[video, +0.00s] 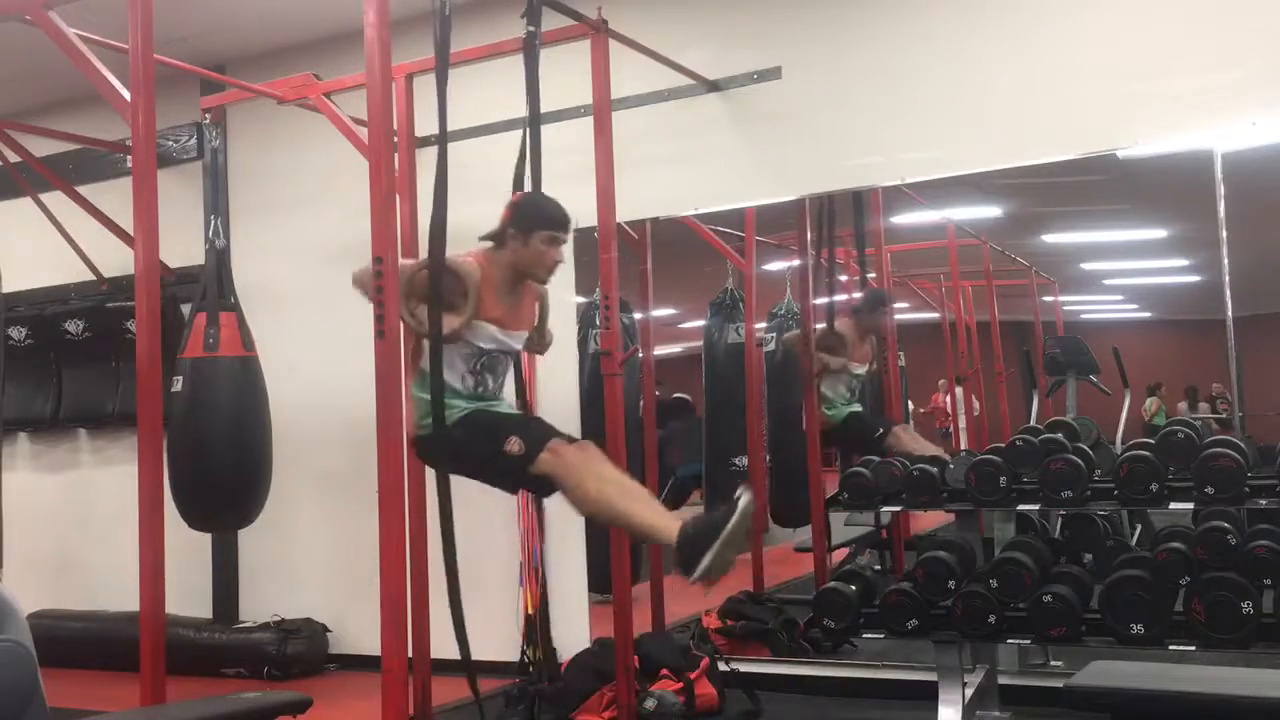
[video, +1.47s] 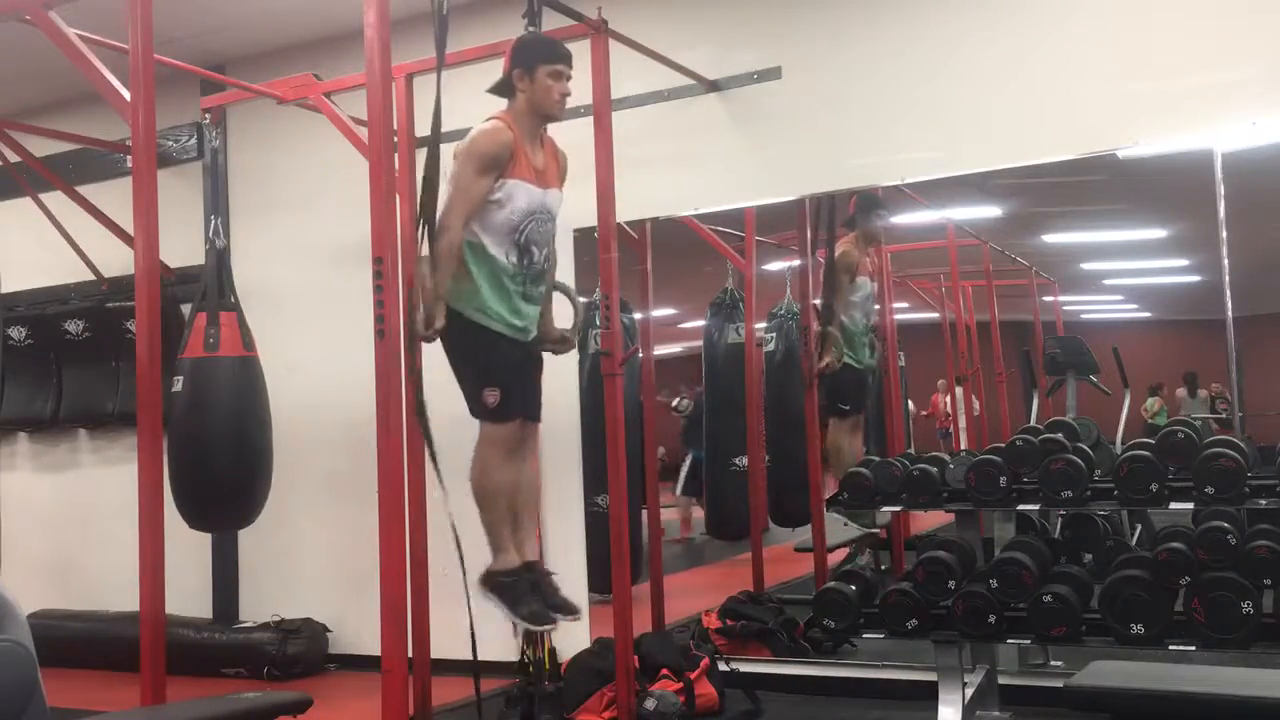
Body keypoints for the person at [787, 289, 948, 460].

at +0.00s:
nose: (888, 321)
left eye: (889, 315)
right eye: (885, 315)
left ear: (876, 314)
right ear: (869, 312)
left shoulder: (869, 342)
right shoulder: (840, 331)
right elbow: (789, 341)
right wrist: (826, 360)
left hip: (852, 411)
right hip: (828, 414)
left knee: (901, 431)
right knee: (892, 436)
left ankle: (950, 462)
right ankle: (949, 465)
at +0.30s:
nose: (920, 331)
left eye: (921, 324)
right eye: (916, 323)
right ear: (898, 321)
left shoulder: (885, 349)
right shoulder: (866, 330)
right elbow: (831, 316)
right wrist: (829, 358)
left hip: (856, 411)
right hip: (836, 412)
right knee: (878, 471)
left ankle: (909, 538)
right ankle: (904, 541)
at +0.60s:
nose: (916, 298)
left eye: (916, 293)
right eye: (913, 292)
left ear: (898, 292)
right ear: (898, 292)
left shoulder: (891, 321)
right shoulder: (876, 315)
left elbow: (890, 358)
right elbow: (830, 310)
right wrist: (822, 359)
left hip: (866, 401)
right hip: (850, 401)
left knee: (865, 466)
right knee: (856, 468)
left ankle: (862, 539)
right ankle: (856, 542)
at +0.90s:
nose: (898, 255)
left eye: (897, 249)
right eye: (894, 249)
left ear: (882, 251)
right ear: (878, 251)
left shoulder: (881, 285)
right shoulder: (862, 281)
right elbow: (829, 310)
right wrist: (830, 349)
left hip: (857, 376)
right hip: (840, 375)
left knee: (845, 449)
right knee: (849, 448)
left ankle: (832, 515)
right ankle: (823, 515)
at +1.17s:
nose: (891, 233)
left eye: (891, 225)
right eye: (887, 224)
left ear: (873, 223)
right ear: (872, 223)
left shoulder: (873, 259)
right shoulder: (853, 259)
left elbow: (868, 312)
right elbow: (834, 307)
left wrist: (875, 349)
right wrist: (830, 349)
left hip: (857, 356)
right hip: (842, 356)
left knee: (842, 428)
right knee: (835, 429)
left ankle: (833, 504)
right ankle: (824, 509)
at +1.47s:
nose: (882, 227)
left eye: (884, 219)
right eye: (878, 219)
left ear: (875, 221)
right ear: (862, 219)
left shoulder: (861, 254)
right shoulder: (847, 255)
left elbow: (857, 306)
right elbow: (833, 304)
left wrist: (870, 336)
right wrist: (830, 347)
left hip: (861, 349)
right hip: (845, 351)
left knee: (857, 422)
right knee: (842, 422)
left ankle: (857, 490)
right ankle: (840, 491)